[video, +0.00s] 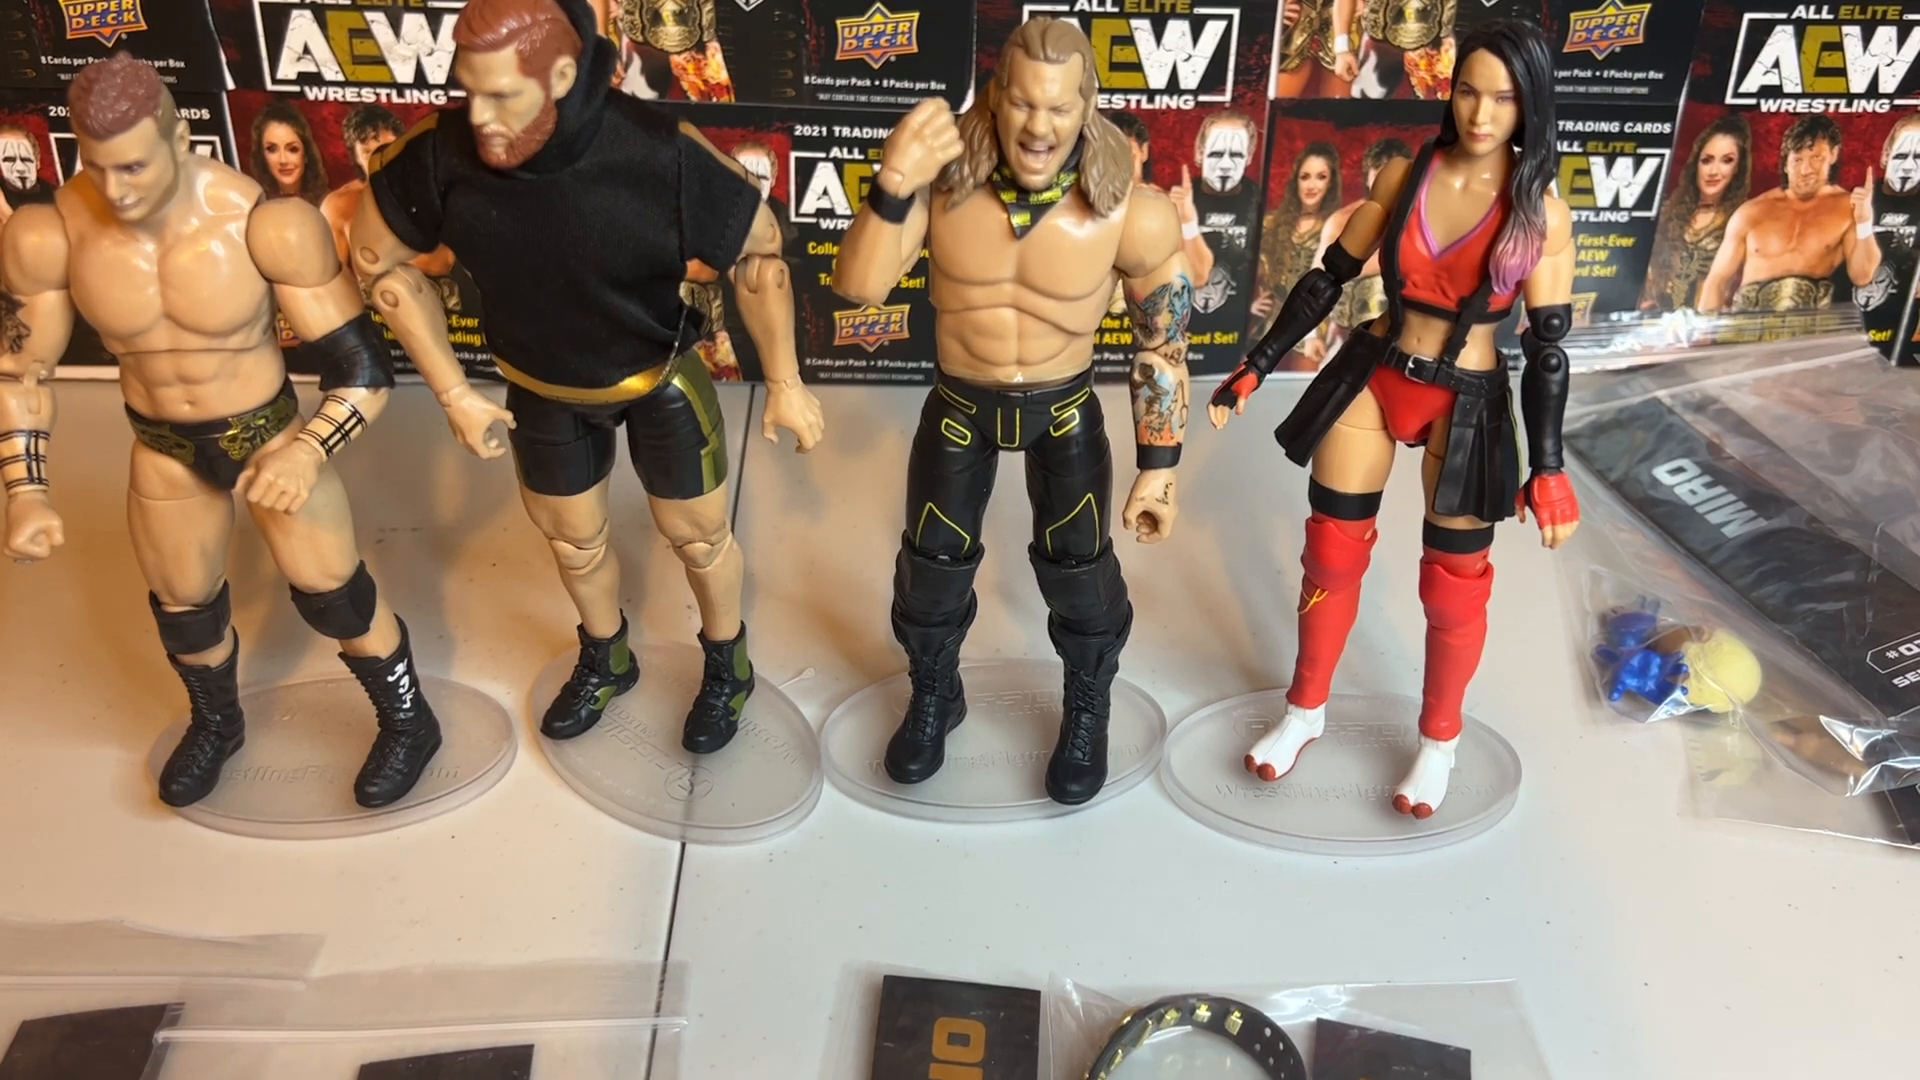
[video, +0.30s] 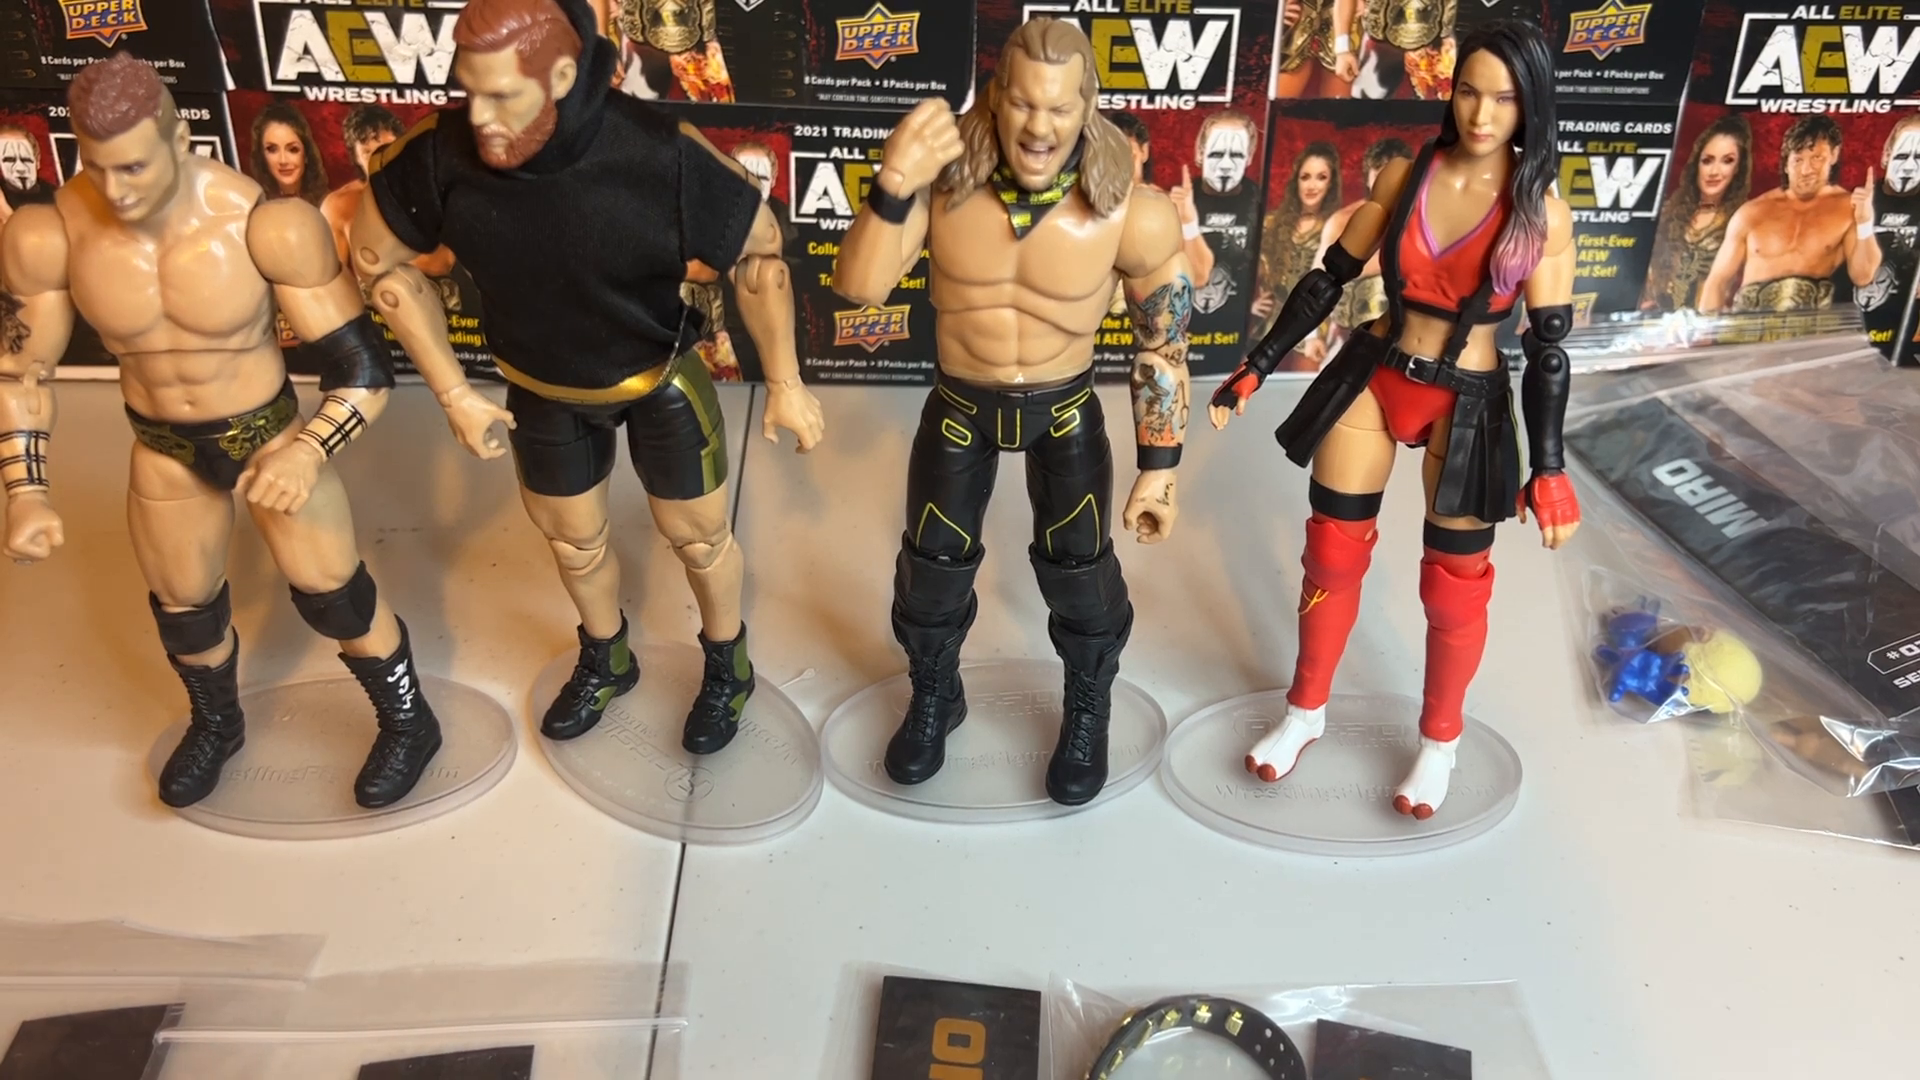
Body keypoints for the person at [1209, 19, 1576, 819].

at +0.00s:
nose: (1479, 113)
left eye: (1500, 98)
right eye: (1468, 93)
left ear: (1528, 108)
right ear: (1450, 93)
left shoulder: (1540, 208)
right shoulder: (1406, 175)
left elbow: (1548, 343)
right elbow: (1332, 273)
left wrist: (1548, 465)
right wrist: (1255, 364)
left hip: (1466, 403)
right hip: (1371, 382)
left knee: (1453, 589)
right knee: (1331, 559)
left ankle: (1437, 742)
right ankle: (1304, 709)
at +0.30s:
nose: (1480, 113)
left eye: (1501, 99)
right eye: (1469, 93)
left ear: (1529, 108)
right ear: (1451, 94)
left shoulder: (1540, 209)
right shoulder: (1405, 175)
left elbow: (1549, 344)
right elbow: (1332, 274)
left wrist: (1549, 465)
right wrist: (1256, 364)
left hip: (1467, 404)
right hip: (1372, 382)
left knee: (1454, 588)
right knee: (1332, 558)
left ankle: (1438, 742)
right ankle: (1305, 710)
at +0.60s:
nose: (1480, 114)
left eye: (1501, 100)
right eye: (1469, 94)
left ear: (1529, 109)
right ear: (1451, 95)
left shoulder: (1540, 211)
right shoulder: (1405, 176)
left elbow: (1549, 346)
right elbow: (1333, 275)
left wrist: (1549, 466)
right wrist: (1256, 365)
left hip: (1467, 405)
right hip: (1372, 383)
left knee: (1453, 590)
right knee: (1332, 560)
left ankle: (1438, 741)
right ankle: (1305, 710)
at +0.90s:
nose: (1480, 113)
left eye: (1501, 99)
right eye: (1469, 93)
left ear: (1528, 109)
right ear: (1451, 94)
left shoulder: (1540, 208)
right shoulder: (1406, 175)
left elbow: (1549, 343)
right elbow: (1332, 273)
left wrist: (1549, 465)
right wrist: (1256, 364)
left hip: (1467, 404)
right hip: (1372, 382)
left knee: (1454, 589)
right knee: (1332, 558)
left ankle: (1437, 742)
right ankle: (1304, 710)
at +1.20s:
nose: (1479, 113)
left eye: (1500, 99)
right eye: (1468, 93)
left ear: (1528, 108)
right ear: (1450, 93)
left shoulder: (1540, 209)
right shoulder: (1406, 174)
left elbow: (1548, 344)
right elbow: (1332, 273)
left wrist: (1548, 465)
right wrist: (1256, 364)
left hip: (1466, 404)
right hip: (1371, 382)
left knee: (1453, 589)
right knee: (1331, 558)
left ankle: (1437, 742)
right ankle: (1304, 709)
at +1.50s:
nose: (1480, 113)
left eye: (1501, 99)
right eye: (1469, 93)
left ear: (1529, 108)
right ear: (1450, 93)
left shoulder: (1540, 209)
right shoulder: (1407, 174)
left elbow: (1549, 344)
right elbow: (1332, 273)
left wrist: (1549, 465)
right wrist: (1256, 364)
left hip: (1466, 404)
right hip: (1371, 382)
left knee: (1454, 589)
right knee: (1331, 558)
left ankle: (1437, 742)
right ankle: (1304, 710)